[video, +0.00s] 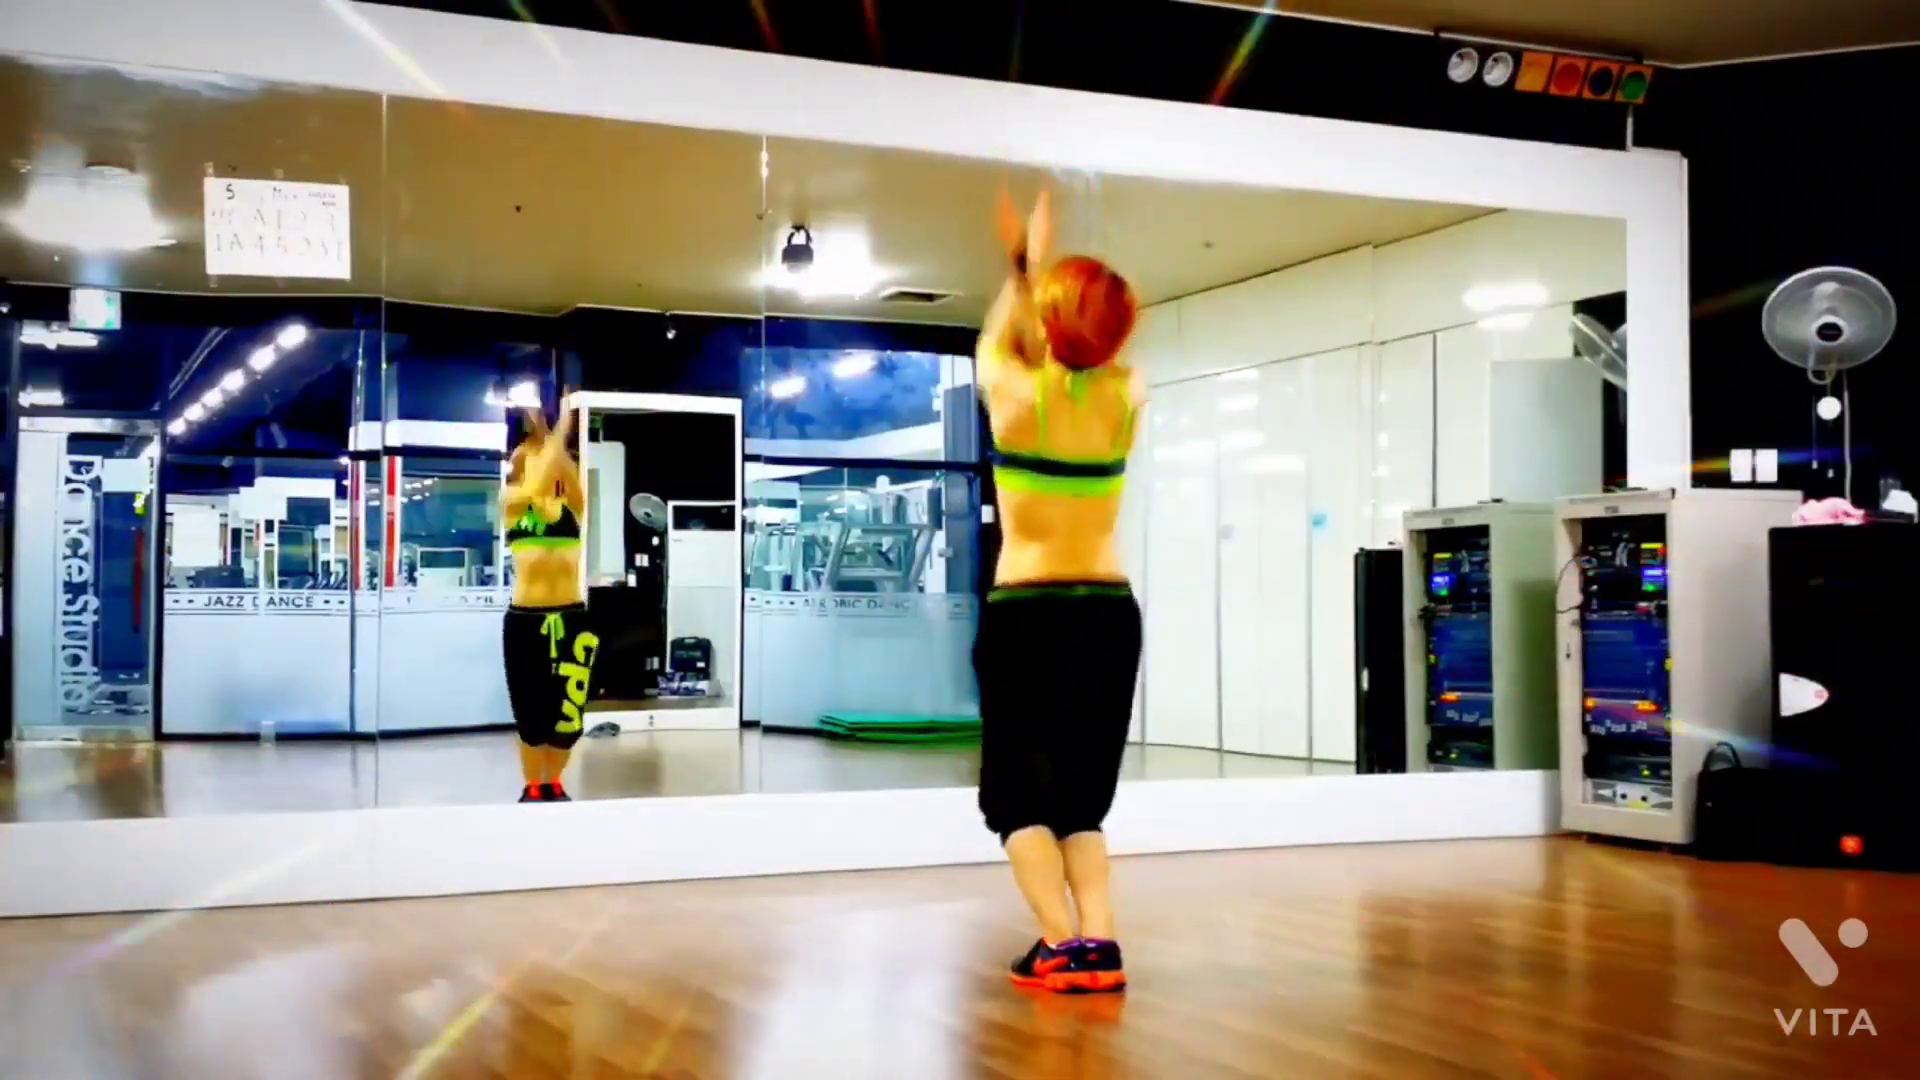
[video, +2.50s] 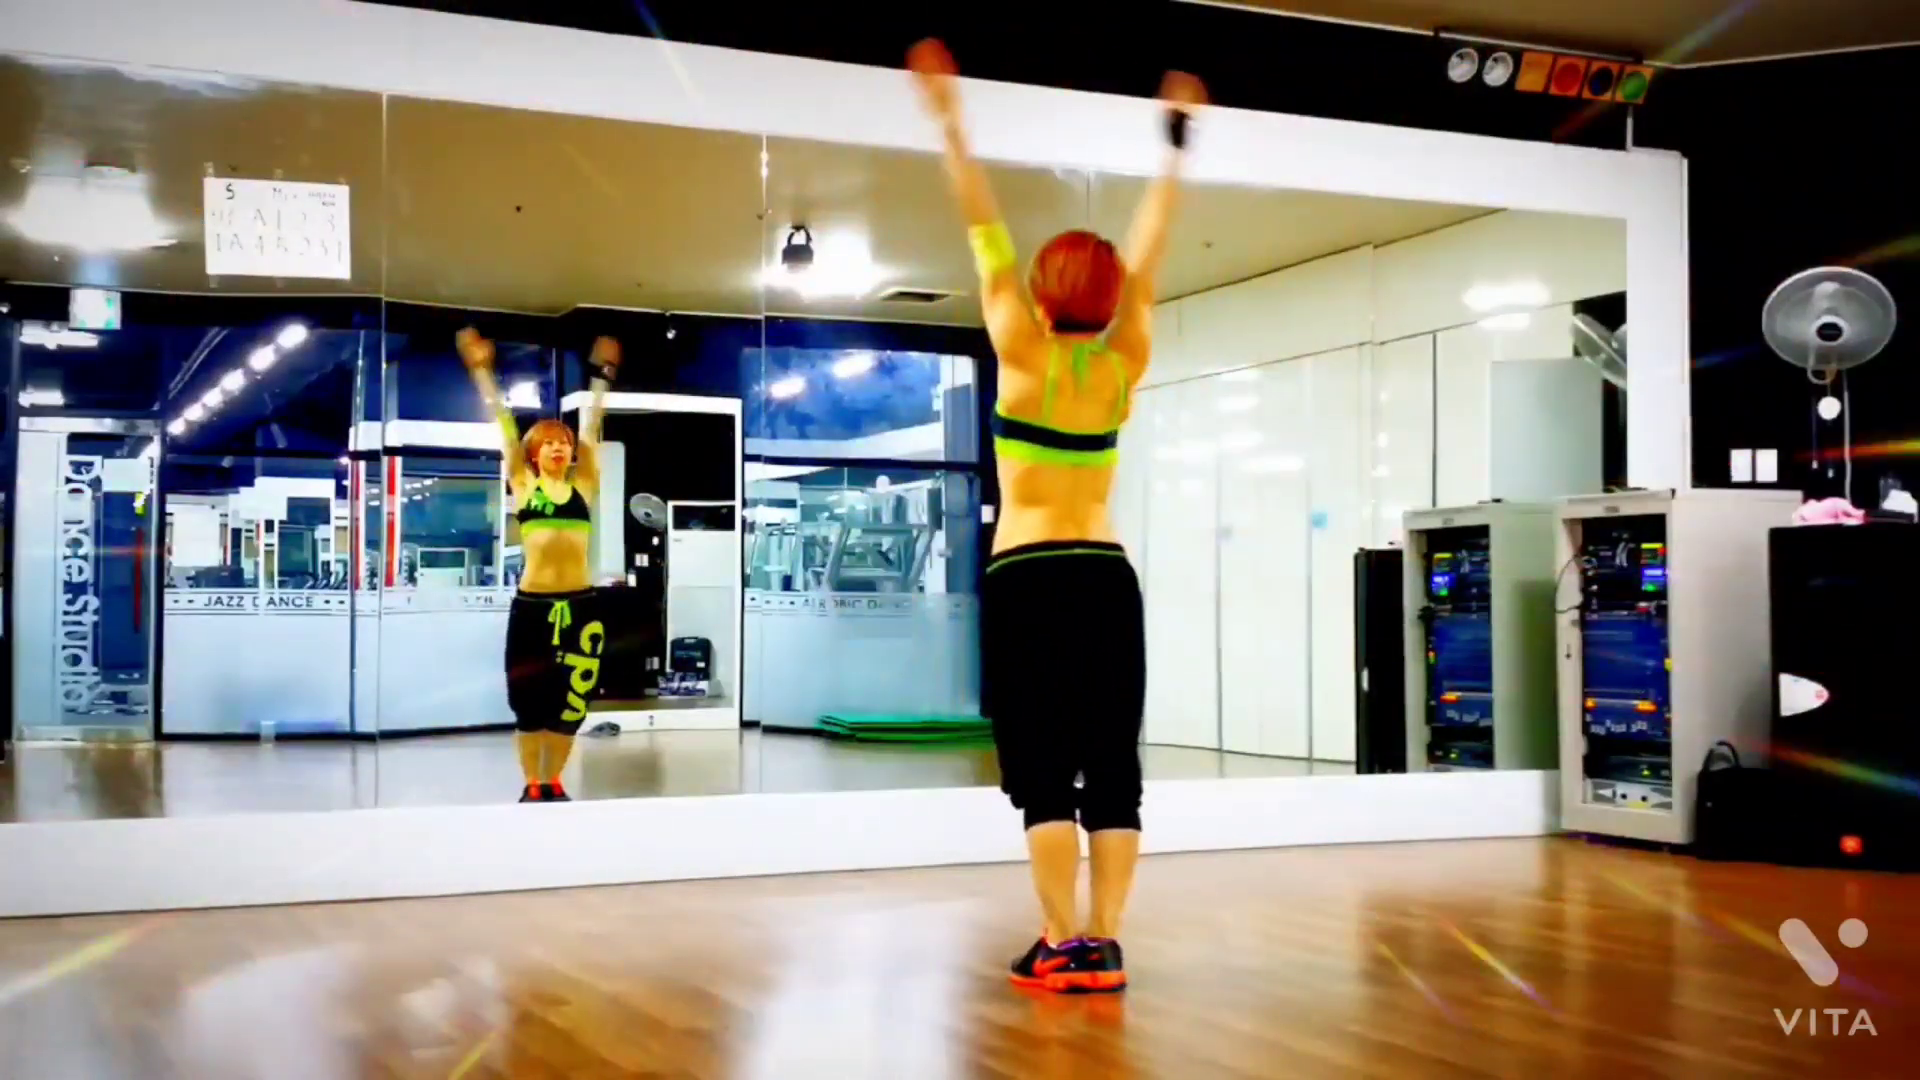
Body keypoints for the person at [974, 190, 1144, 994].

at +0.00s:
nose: (1029, 313)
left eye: (1045, 303)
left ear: (1039, 328)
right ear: (1107, 334)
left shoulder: (1012, 389)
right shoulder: (1123, 396)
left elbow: (1004, 330)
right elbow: (1090, 340)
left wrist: (1021, 267)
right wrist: (1045, 269)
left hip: (1023, 613)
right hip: (1106, 611)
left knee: (1014, 791)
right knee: (1082, 794)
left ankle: (1060, 940)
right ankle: (1099, 942)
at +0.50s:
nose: (1035, 285)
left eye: (1039, 272)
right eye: (1081, 270)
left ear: (1031, 290)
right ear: (1104, 291)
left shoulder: (1009, 352)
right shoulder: (1115, 361)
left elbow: (994, 230)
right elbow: (1114, 248)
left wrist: (1010, 119)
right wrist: (1087, 141)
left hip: (1012, 574)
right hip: (1096, 571)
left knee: (1029, 766)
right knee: (1106, 764)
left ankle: (1063, 938)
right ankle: (1100, 942)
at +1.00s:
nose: (1016, 300)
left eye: (1018, 291)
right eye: (1020, 292)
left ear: (1026, 298)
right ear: (1093, 298)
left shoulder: (1008, 364)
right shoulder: (1122, 373)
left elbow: (912, 353)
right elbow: (1234, 374)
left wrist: (826, 358)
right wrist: (1327, 381)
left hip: (1021, 580)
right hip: (1103, 577)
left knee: (1038, 765)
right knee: (1112, 766)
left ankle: (1063, 945)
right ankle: (1103, 947)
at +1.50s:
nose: (1015, 312)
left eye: (1017, 302)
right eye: (1018, 303)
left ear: (1031, 302)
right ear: (1092, 299)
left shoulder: (1011, 358)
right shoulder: (1135, 366)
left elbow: (957, 400)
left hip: (1030, 586)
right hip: (1115, 584)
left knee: (1040, 767)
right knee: (1118, 767)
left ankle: (1061, 939)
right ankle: (1104, 942)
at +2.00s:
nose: (1038, 385)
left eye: (1035, 375)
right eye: (1075, 376)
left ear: (1033, 385)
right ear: (1101, 386)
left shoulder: (1002, 465)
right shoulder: (1132, 468)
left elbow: (993, 578)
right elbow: (1110, 562)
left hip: (1040, 652)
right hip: (1125, 649)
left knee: (1015, 809)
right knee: (1078, 811)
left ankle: (1060, 941)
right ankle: (1098, 943)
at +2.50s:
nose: (1034, 283)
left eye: (1037, 275)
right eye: (1092, 277)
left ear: (1039, 294)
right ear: (1113, 301)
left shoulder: (1021, 345)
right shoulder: (1118, 357)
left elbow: (987, 226)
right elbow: (1144, 256)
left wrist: (949, 116)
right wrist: (1177, 141)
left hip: (1022, 571)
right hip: (1103, 568)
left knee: (1036, 764)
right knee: (1113, 760)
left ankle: (1063, 938)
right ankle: (1103, 942)